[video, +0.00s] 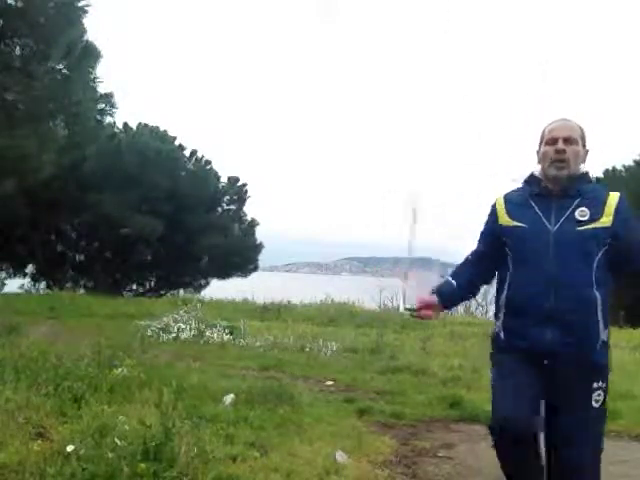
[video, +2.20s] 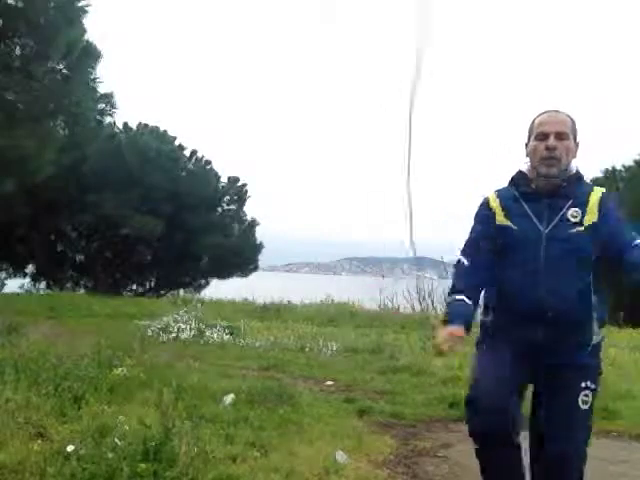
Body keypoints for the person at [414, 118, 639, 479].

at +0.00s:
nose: (559, 148)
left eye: (569, 142)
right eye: (551, 142)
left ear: (584, 154)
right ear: (539, 153)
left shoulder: (611, 206)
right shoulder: (508, 206)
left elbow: (630, 268)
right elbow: (481, 263)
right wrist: (441, 297)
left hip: (581, 353)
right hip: (516, 349)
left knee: (577, 456)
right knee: (510, 429)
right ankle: (527, 476)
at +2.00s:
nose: (553, 129)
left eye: (563, 122)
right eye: (544, 122)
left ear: (577, 133)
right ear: (530, 132)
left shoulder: (602, 186)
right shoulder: (496, 182)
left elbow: (632, 242)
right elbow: (456, 233)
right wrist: (407, 265)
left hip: (574, 333)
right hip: (508, 331)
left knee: (560, 438)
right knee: (513, 439)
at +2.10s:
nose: (552, 152)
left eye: (562, 146)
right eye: (543, 146)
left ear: (577, 158)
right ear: (529, 156)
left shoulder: (605, 211)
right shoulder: (495, 209)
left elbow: (636, 248)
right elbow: (448, 257)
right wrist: (391, 280)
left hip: (574, 355)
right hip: (506, 351)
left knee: (559, 454)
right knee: (495, 429)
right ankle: (524, 473)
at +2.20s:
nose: (550, 145)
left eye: (560, 138)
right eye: (542, 137)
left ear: (575, 148)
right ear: (528, 147)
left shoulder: (598, 204)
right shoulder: (497, 205)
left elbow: (629, 253)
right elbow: (472, 266)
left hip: (572, 347)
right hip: (505, 343)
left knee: (562, 453)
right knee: (487, 413)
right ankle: (505, 474)